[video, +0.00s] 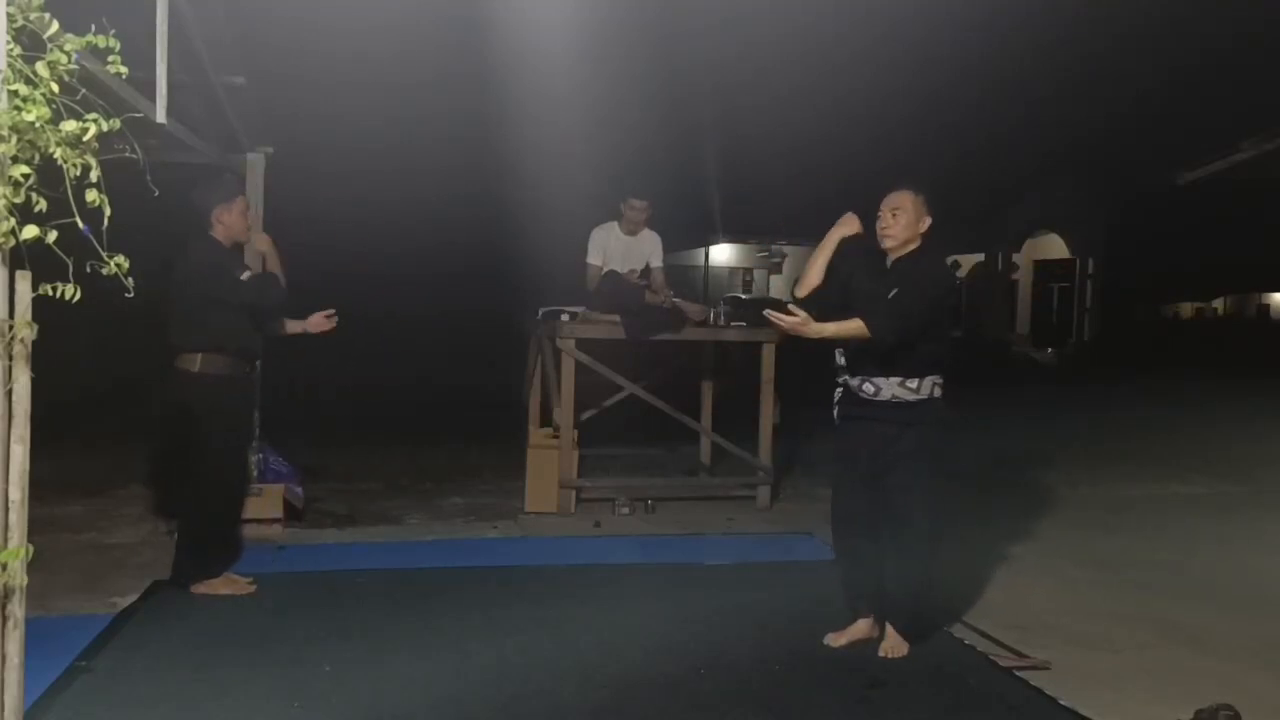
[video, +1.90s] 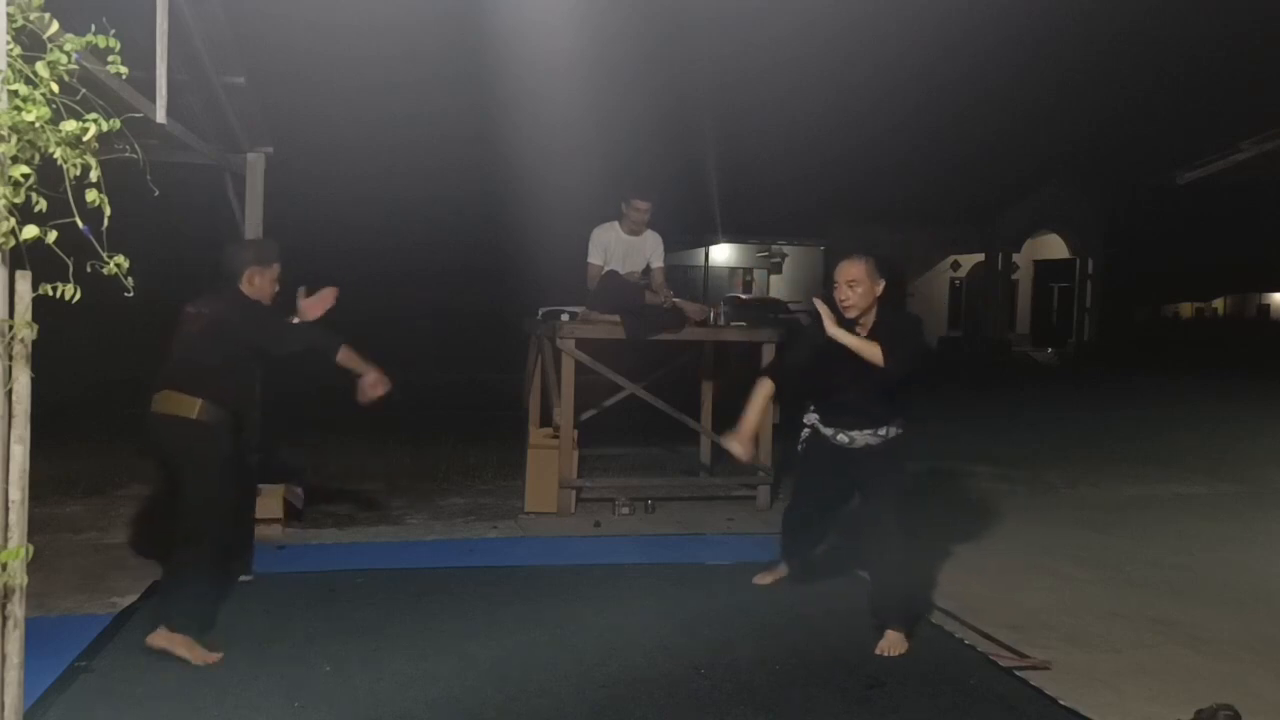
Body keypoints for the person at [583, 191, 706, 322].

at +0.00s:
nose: (637, 216)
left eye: (642, 210)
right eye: (632, 209)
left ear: (649, 212)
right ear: (622, 207)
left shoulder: (653, 239)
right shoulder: (601, 234)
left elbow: (658, 282)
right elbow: (592, 285)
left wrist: (664, 295)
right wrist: (621, 280)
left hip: (634, 300)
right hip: (602, 300)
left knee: (674, 317)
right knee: (611, 278)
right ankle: (679, 308)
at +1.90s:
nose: (642, 217)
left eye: (646, 212)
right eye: (637, 211)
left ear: (651, 213)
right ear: (624, 209)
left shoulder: (654, 240)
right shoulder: (602, 234)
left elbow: (658, 283)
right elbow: (592, 282)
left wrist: (665, 294)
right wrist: (623, 279)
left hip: (636, 300)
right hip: (603, 299)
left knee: (675, 317)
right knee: (610, 279)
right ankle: (679, 305)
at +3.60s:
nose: (631, 216)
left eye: (638, 212)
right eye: (628, 210)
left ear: (649, 214)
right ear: (623, 209)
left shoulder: (656, 242)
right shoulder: (602, 232)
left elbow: (660, 283)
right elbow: (583, 275)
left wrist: (668, 298)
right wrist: (617, 276)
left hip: (636, 302)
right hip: (602, 300)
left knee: (673, 316)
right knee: (612, 278)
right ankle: (679, 306)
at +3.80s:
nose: (624, 217)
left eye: (630, 213)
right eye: (622, 211)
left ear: (644, 214)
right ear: (618, 209)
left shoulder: (655, 241)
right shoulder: (601, 230)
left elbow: (660, 282)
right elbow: (579, 267)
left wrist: (669, 296)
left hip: (634, 301)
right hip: (601, 299)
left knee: (673, 317)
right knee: (612, 278)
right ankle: (679, 306)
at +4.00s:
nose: (618, 217)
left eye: (624, 213)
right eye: (616, 212)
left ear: (639, 214)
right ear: (612, 210)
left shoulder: (653, 240)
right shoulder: (598, 229)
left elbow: (659, 282)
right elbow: (573, 263)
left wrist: (669, 298)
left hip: (633, 301)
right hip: (600, 299)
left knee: (675, 317)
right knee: (612, 275)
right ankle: (680, 306)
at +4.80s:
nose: (627, 214)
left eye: (634, 210)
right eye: (625, 208)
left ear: (648, 212)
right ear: (620, 207)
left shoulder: (655, 241)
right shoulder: (600, 227)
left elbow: (659, 282)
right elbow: (577, 256)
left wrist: (668, 296)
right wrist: (569, 294)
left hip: (634, 301)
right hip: (600, 299)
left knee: (675, 317)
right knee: (613, 276)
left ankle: (604, 316)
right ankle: (681, 306)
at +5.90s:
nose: (632, 216)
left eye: (640, 212)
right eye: (629, 210)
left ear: (650, 214)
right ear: (623, 208)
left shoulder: (655, 241)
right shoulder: (601, 227)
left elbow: (660, 284)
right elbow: (577, 256)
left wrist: (669, 297)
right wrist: (567, 295)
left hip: (634, 301)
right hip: (601, 298)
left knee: (674, 317)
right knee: (613, 276)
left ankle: (603, 317)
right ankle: (679, 306)